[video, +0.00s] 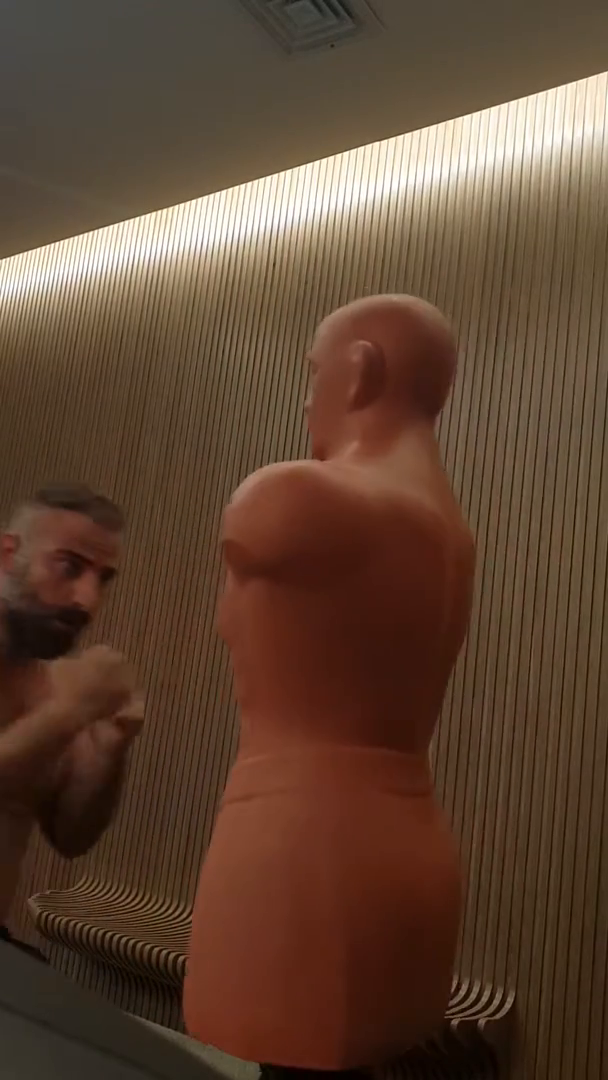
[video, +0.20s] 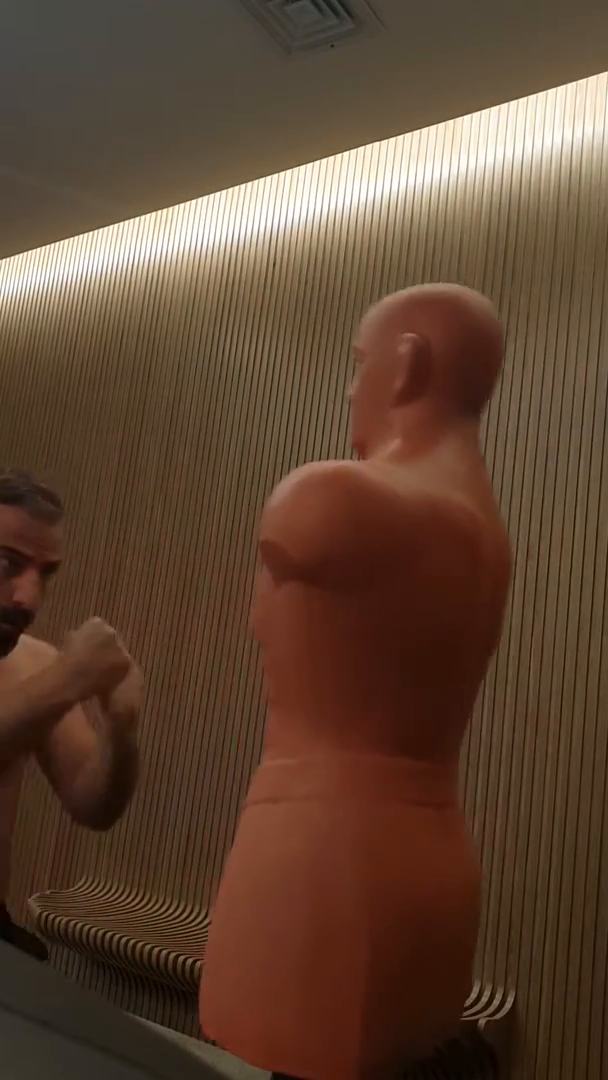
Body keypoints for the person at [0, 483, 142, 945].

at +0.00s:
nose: (88, 598)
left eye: (103, 578)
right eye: (70, 565)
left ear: (110, 584)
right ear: (9, 553)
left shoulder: (47, 686)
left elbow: (69, 838)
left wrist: (109, 752)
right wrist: (65, 711)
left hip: (3, 935)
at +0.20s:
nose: (28, 593)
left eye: (46, 572)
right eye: (11, 562)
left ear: (55, 574)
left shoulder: (35, 663)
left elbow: (95, 809)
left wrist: (121, 727)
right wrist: (62, 680)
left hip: (1, 926)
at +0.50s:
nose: (105, 586)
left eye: (124, 561)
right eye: (81, 555)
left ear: (137, 561)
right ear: (25, 545)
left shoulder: (152, 675)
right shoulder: (6, 638)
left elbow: (252, 794)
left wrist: (235, 782)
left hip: (64, 948)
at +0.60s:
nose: (147, 591)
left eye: (162, 567)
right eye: (124, 559)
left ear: (173, 567)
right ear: (63, 549)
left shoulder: (168, 681)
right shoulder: (9, 645)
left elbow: (227, 837)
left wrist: (213, 789)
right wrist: (16, 726)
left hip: (85, 951)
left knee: (124, 1066)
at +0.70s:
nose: (160, 587)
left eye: (174, 563)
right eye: (137, 555)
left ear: (183, 564)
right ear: (75, 547)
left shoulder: (159, 666)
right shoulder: (12, 639)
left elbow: (215, 802)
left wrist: (235, 742)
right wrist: (80, 709)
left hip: (72, 942)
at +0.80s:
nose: (140, 586)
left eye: (154, 563)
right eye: (119, 554)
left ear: (162, 565)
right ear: (54, 545)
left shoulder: (124, 666)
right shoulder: (8, 637)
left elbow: (180, 802)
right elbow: (8, 774)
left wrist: (200, 722)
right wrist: (89, 690)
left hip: (43, 942)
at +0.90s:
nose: (103, 587)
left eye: (116, 566)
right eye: (82, 555)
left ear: (123, 567)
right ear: (15, 543)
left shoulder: (75, 669)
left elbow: (119, 818)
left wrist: (146, 718)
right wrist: (54, 686)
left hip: (9, 933)